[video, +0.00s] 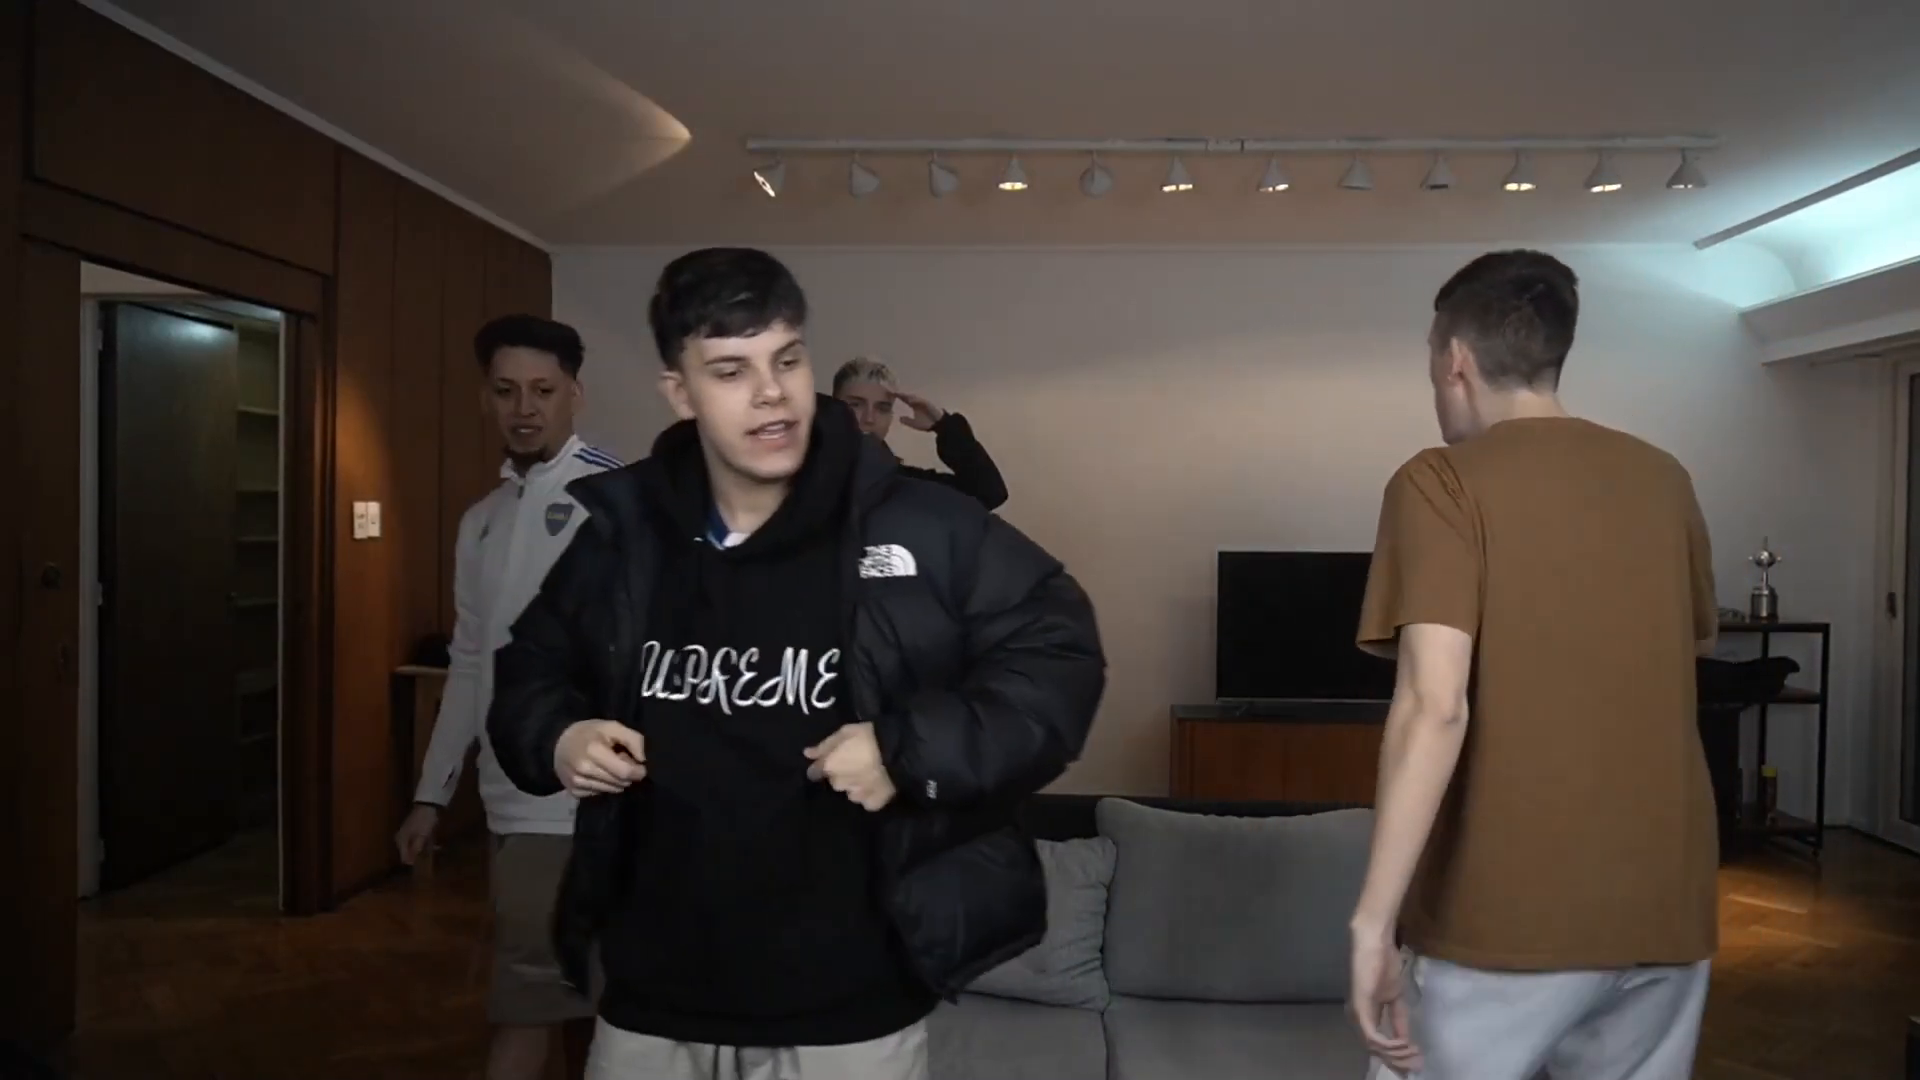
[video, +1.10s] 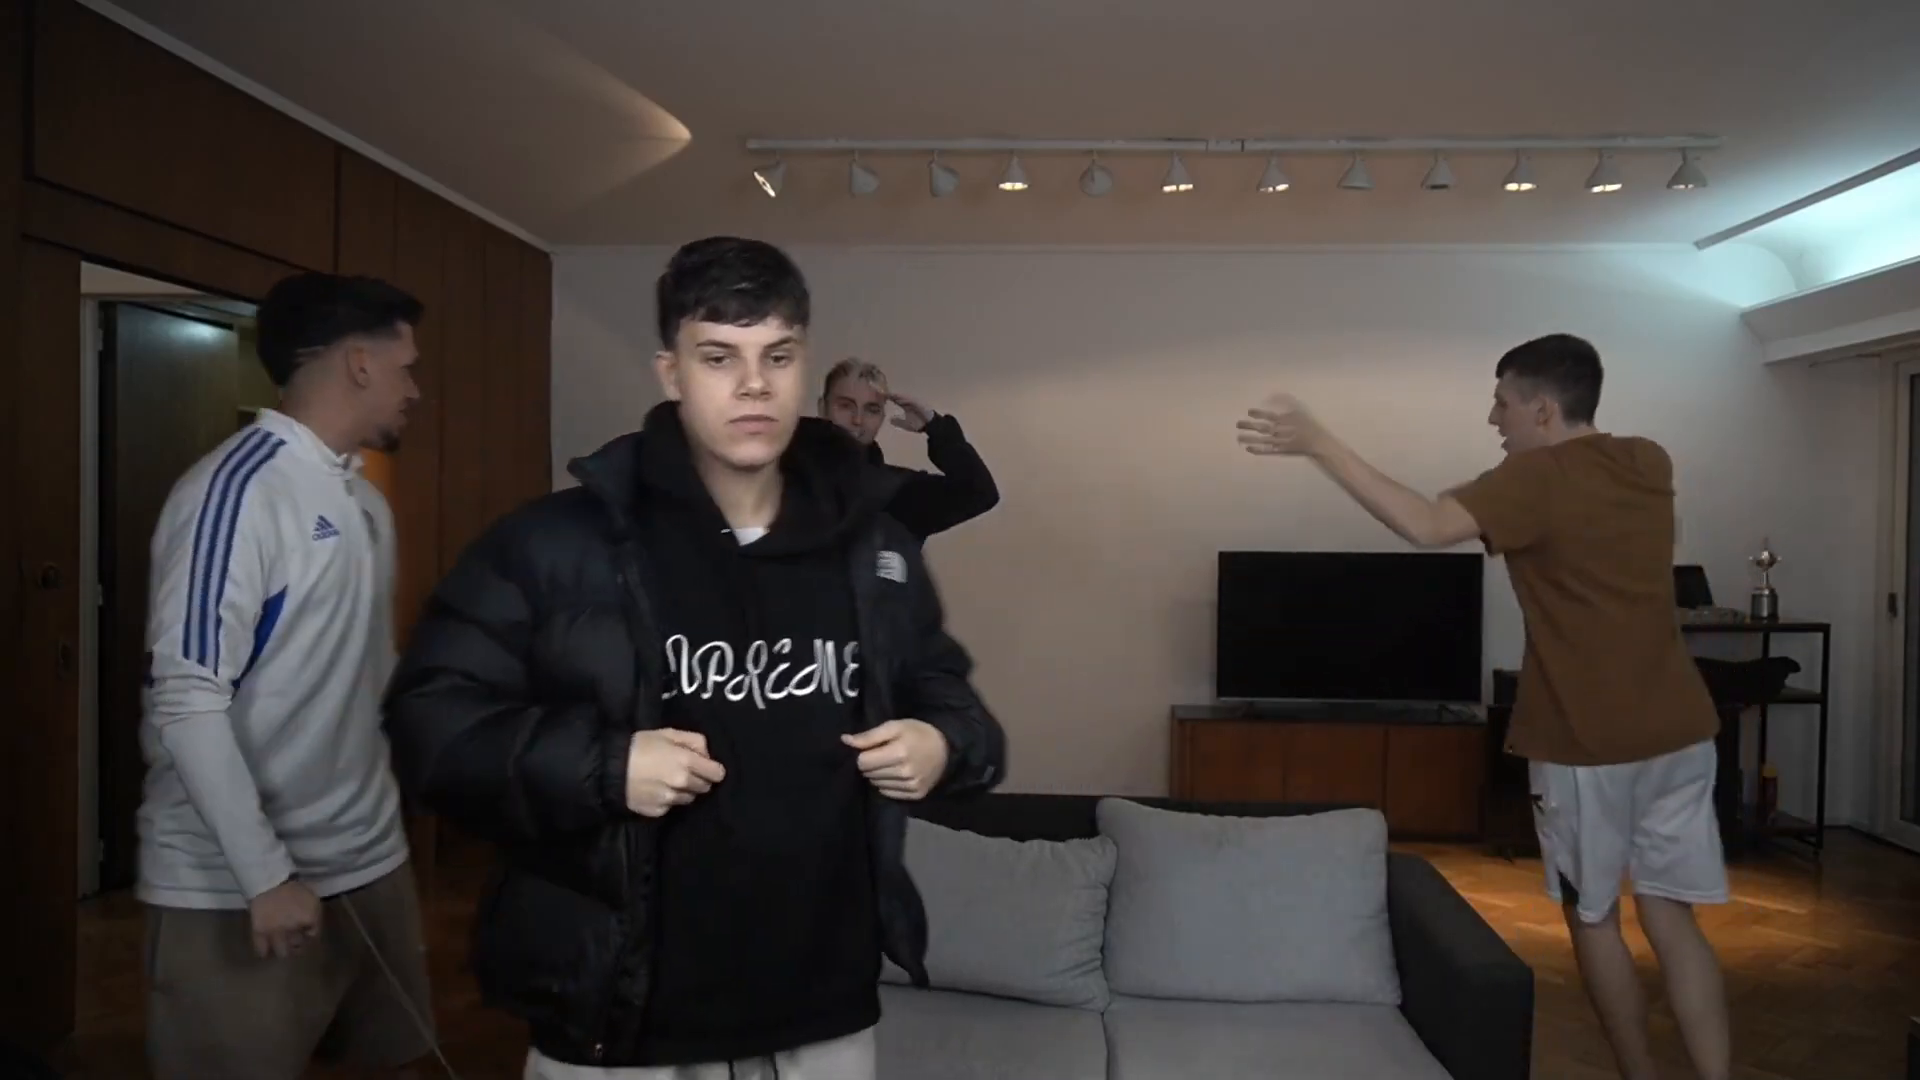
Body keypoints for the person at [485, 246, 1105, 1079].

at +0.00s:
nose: (773, 394)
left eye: (787, 361)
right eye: (732, 371)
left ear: (810, 362)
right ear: (678, 389)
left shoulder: (923, 523)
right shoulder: (625, 530)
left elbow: (1059, 657)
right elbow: (525, 674)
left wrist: (912, 749)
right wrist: (558, 737)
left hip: (851, 1003)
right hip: (656, 997)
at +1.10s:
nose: (754, 387)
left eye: (779, 358)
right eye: (720, 359)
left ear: (806, 369)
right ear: (669, 373)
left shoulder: (869, 539)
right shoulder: (561, 544)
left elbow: (958, 713)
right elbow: (431, 721)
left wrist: (943, 747)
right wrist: (603, 764)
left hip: (819, 1012)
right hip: (620, 1017)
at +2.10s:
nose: (321, 380)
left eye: (340, 354)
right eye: (284, 352)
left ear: (361, 369)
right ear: (220, 369)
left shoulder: (366, 511)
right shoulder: (122, 531)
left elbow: (401, 663)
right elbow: (50, 744)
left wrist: (471, 696)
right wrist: (281, 740)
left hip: (349, 953)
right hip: (204, 975)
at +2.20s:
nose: (282, 372)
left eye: (301, 347)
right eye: (246, 345)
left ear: (325, 364)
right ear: (180, 360)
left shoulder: (334, 502)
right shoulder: (90, 513)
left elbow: (378, 657)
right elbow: (29, 729)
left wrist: (439, 689)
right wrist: (236, 732)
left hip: (318, 942)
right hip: (167, 959)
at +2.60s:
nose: (37, 367)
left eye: (57, 340)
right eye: (8, 343)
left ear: (88, 357)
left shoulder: (119, 494)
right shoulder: (2, 513)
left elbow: (185, 640)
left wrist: (239, 677)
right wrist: (38, 741)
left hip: (132, 885)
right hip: (15, 903)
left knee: (159, 1056)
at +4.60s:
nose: (199, 391)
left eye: (212, 378)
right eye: (178, 375)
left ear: (223, 392)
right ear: (134, 384)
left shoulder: (244, 506)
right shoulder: (63, 457)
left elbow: (248, 623)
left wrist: (262, 726)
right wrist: (76, 357)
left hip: (198, 771)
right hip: (78, 765)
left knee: (171, 958)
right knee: (64, 971)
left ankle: (154, 1074)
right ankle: (49, 1076)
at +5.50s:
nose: (11, 383)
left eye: (29, 365)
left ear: (65, 379)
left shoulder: (106, 504)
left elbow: (126, 632)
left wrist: (141, 754)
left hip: (76, 790)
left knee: (116, 984)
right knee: (16, 1002)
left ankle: (126, 1073)